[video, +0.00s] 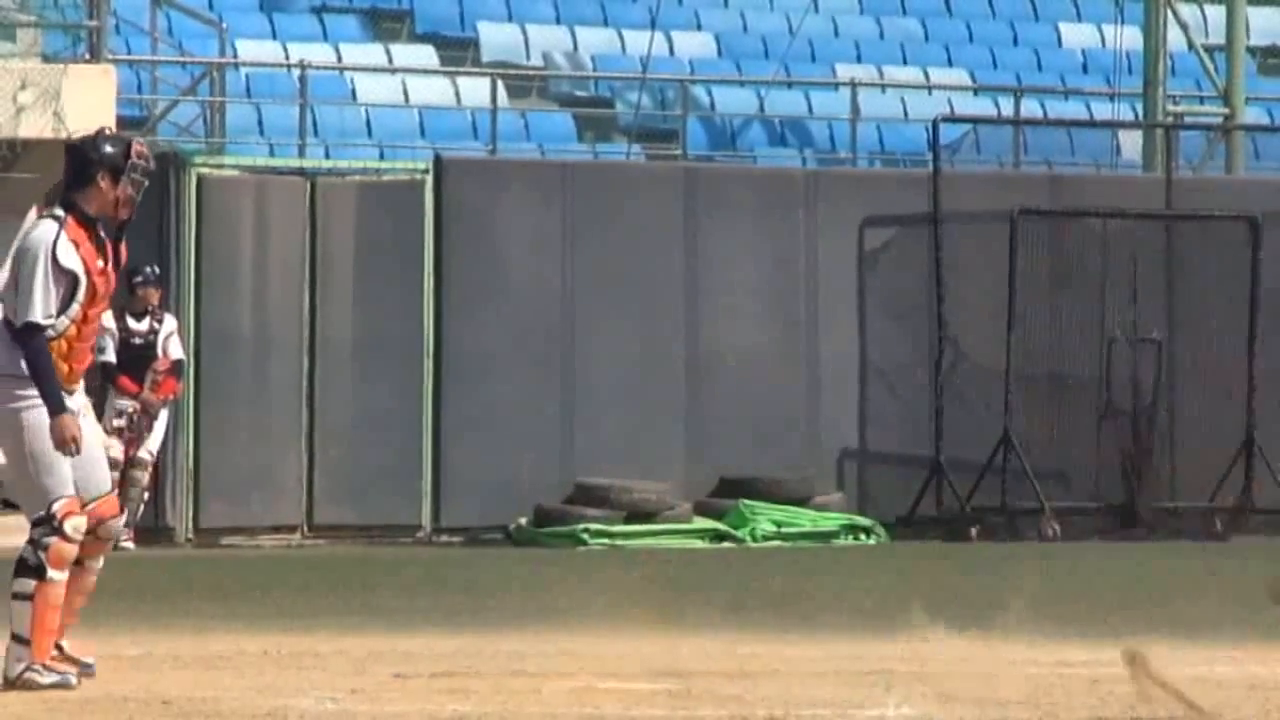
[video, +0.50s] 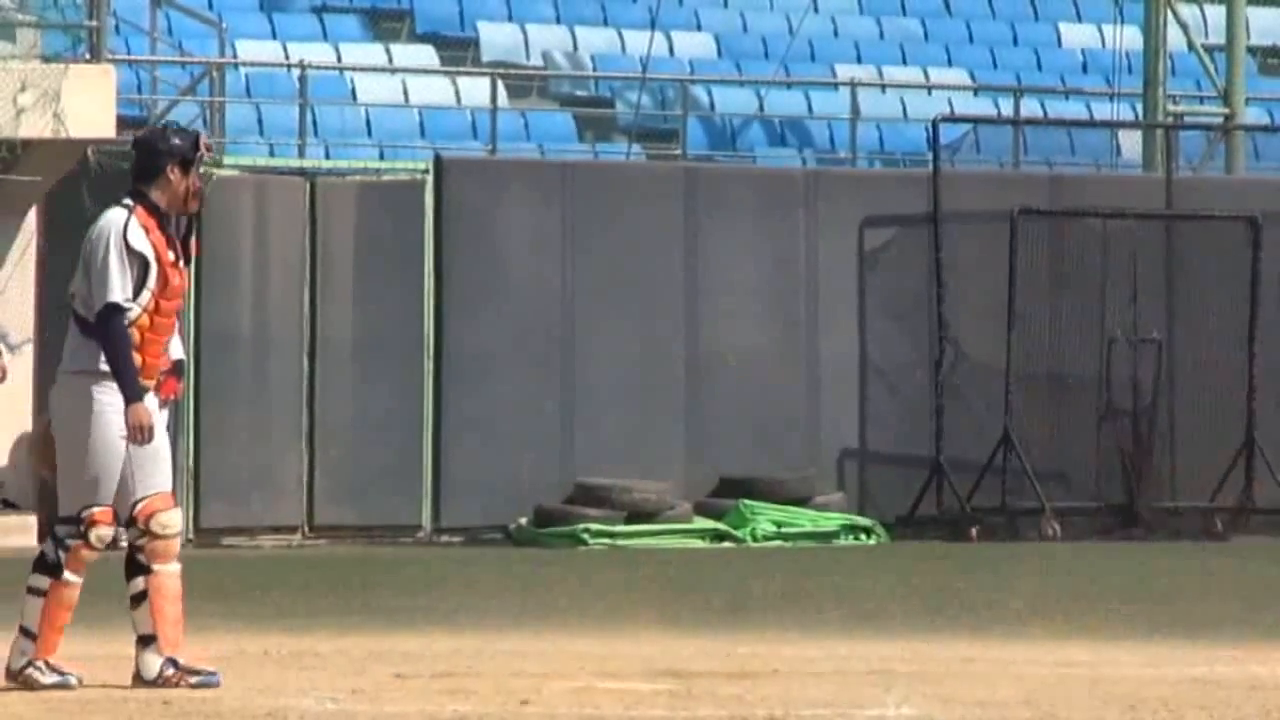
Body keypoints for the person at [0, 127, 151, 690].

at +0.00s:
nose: (130, 194)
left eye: (131, 184)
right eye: (124, 183)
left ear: (104, 183)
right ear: (98, 182)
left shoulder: (94, 240)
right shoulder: (47, 239)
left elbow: (83, 331)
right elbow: (29, 330)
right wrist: (58, 409)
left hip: (68, 391)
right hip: (26, 392)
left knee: (101, 517)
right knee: (59, 520)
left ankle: (54, 638)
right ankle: (25, 655)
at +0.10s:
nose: (136, 193)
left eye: (138, 183)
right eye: (131, 182)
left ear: (110, 181)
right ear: (105, 179)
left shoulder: (101, 238)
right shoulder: (53, 235)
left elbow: (89, 326)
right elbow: (39, 329)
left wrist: (100, 391)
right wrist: (68, 406)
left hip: (71, 386)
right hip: (28, 387)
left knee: (112, 511)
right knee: (59, 520)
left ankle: (79, 643)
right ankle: (24, 658)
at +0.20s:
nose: (152, 190)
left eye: (154, 180)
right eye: (147, 179)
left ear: (127, 180)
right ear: (120, 177)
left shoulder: (119, 237)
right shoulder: (69, 233)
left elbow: (97, 328)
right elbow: (58, 327)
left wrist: (118, 386)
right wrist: (87, 404)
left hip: (85, 387)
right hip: (44, 386)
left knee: (127, 509)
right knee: (59, 521)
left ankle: (134, 648)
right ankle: (26, 660)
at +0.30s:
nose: (169, 186)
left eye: (170, 175)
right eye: (162, 175)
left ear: (141, 177)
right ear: (134, 175)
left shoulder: (130, 237)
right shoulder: (81, 232)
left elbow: (109, 327)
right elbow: (75, 326)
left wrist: (126, 388)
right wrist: (101, 403)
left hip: (98, 388)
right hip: (60, 387)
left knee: (138, 514)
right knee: (58, 523)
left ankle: (159, 651)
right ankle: (25, 660)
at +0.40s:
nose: (183, 186)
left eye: (182, 175)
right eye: (175, 175)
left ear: (154, 179)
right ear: (147, 177)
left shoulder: (152, 237)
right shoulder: (98, 230)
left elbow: (145, 320)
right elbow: (93, 322)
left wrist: (157, 378)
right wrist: (118, 401)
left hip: (123, 394)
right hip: (75, 392)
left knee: (147, 524)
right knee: (64, 528)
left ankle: (156, 659)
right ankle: (27, 661)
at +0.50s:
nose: (198, 184)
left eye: (198, 173)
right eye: (193, 173)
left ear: (166, 175)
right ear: (168, 174)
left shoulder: (160, 233)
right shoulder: (117, 227)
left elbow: (153, 311)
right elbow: (110, 317)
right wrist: (134, 397)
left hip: (144, 391)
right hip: (96, 388)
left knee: (160, 526)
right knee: (88, 527)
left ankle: (159, 660)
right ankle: (32, 657)